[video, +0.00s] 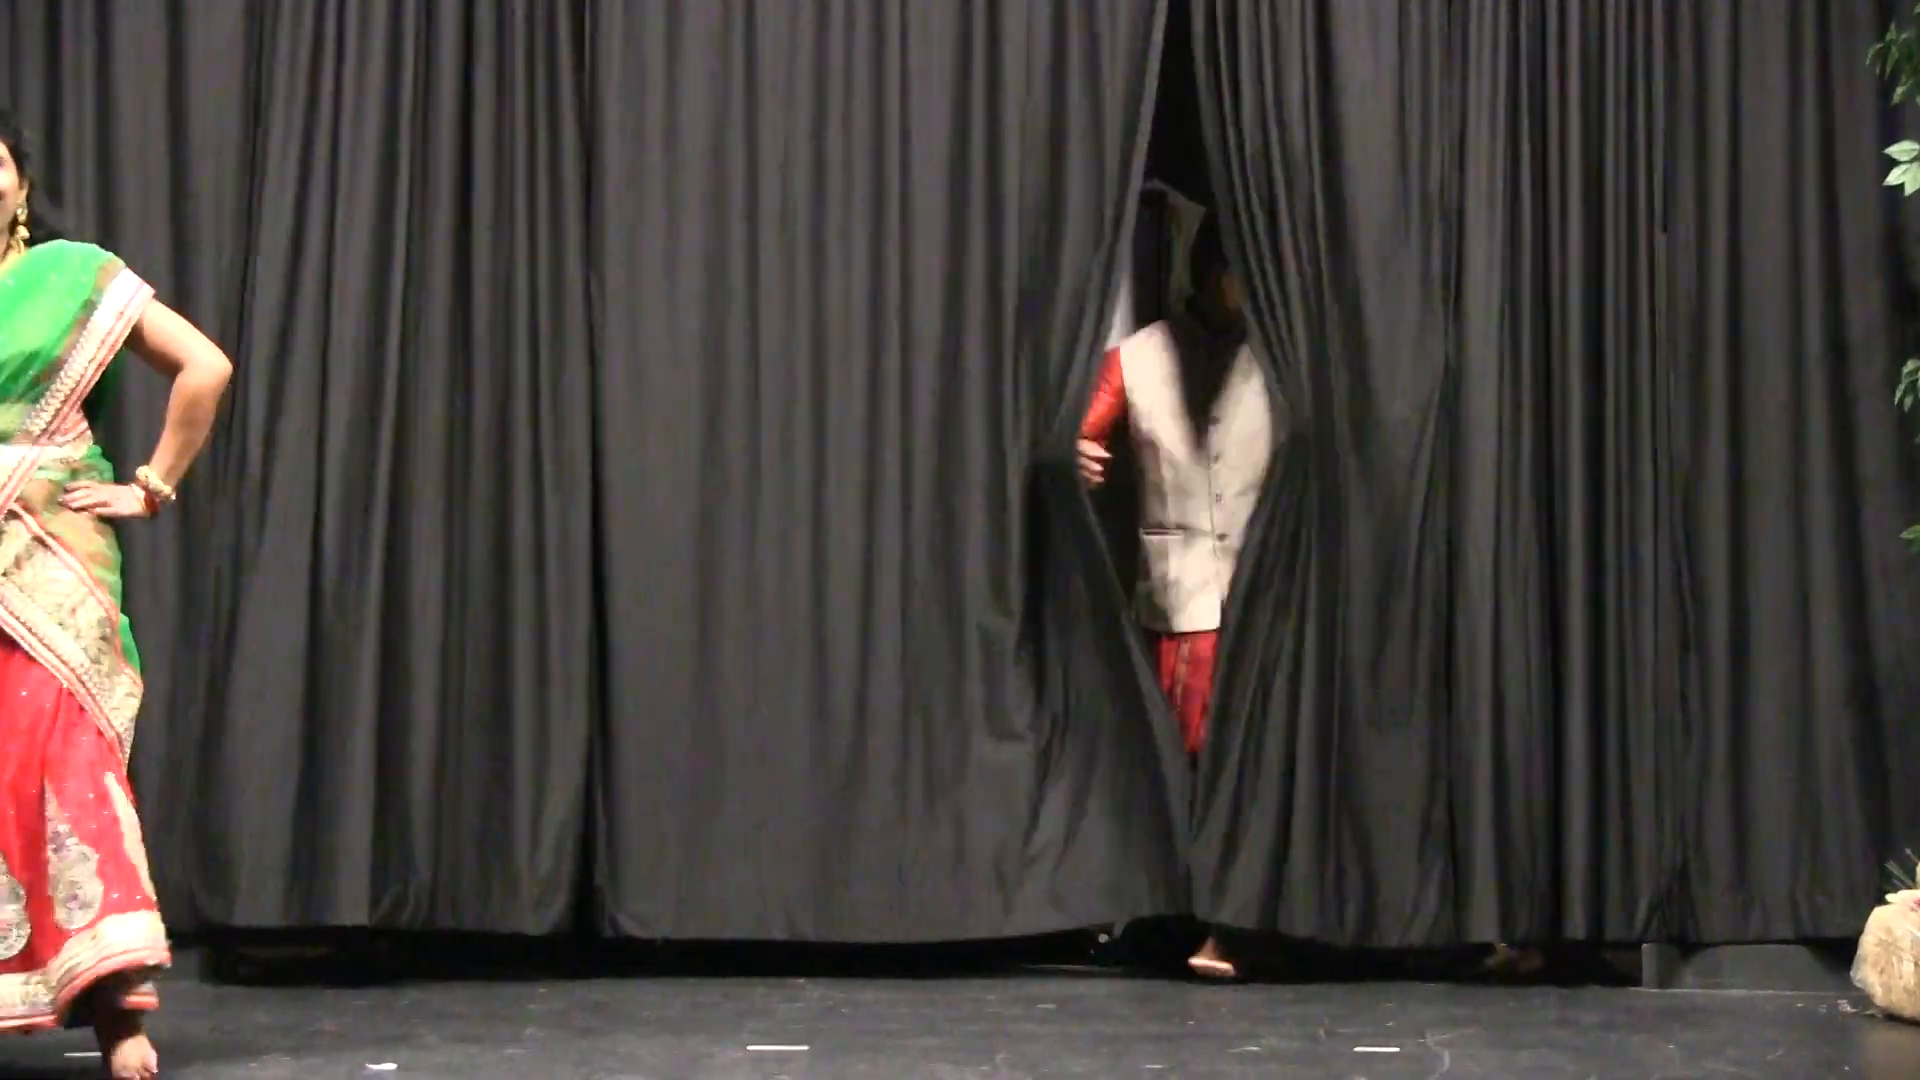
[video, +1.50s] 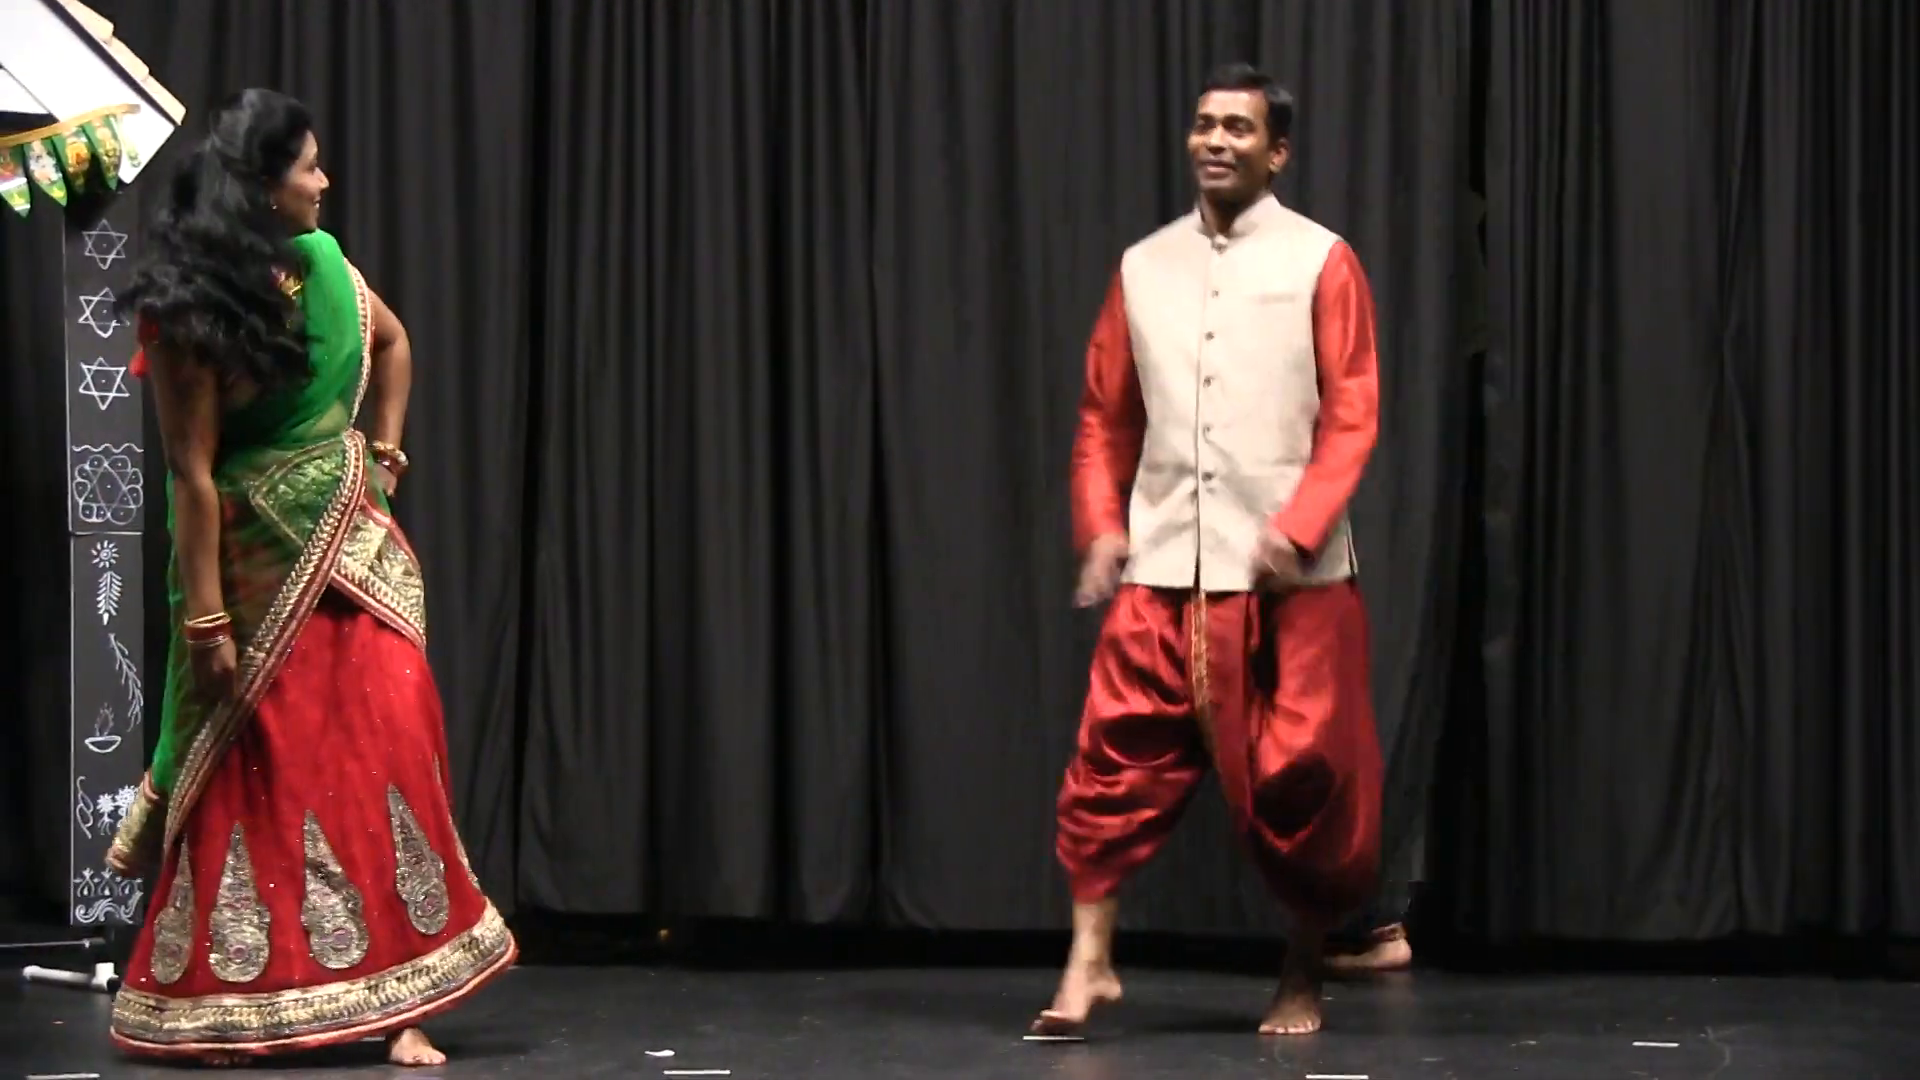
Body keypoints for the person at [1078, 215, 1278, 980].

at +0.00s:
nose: (1242, 292)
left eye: (1253, 277)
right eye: (1232, 274)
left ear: (1269, 282)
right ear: (1206, 274)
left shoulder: (1292, 359)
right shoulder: (1139, 358)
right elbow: (1080, 443)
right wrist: (1079, 461)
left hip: (1258, 598)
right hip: (1168, 601)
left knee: (1232, 758)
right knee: (1177, 762)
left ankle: (1228, 926)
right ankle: (1215, 927)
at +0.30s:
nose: (1223, 268)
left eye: (1238, 254)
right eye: (1208, 254)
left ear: (1266, 255)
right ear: (1191, 255)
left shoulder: (1313, 342)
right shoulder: (1152, 348)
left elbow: (1357, 454)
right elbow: (1080, 441)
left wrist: (1420, 441)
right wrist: (1006, 440)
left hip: (1298, 590)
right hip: (1200, 596)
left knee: (1255, 758)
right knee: (1213, 766)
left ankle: (1242, 933)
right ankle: (1283, 923)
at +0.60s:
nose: (1231, 238)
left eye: (1247, 222)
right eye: (1220, 226)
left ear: (1288, 228)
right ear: (1212, 238)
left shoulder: (1354, 324)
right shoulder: (1196, 336)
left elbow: (1406, 432)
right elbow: (1172, 460)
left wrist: (1398, 499)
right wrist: (1080, 521)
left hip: (1326, 592)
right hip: (1221, 593)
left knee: (1342, 774)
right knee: (1191, 757)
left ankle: (1337, 947)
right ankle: (1180, 935)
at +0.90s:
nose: (1204, 231)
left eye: (1222, 219)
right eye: (1194, 221)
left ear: (1261, 240)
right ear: (1179, 242)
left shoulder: (1314, 340)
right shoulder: (1155, 359)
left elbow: (1356, 466)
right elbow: (1129, 501)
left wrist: (1298, 588)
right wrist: (1110, 608)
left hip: (1282, 612)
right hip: (1173, 616)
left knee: (1309, 798)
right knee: (1143, 793)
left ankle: (1355, 908)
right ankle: (1166, 966)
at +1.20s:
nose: (1233, 158)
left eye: (1252, 144)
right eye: (1220, 145)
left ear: (1293, 160)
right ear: (1205, 163)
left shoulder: (1347, 267)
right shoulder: (1166, 271)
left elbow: (1405, 410)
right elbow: (1093, 380)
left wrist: (1397, 537)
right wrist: (1065, 454)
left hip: (1301, 547)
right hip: (1181, 546)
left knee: (1294, 746)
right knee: (1163, 747)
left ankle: (1291, 961)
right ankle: (1172, 910)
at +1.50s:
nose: (1215, 142)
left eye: (1237, 128)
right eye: (1204, 126)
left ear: (1277, 149)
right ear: (1187, 143)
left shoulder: (1322, 263)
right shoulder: (1144, 266)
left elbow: (1352, 415)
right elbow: (1104, 415)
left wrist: (1298, 528)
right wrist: (1103, 529)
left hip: (1287, 564)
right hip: (1160, 562)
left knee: (1296, 771)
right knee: (1112, 750)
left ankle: (1300, 978)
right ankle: (1087, 965)